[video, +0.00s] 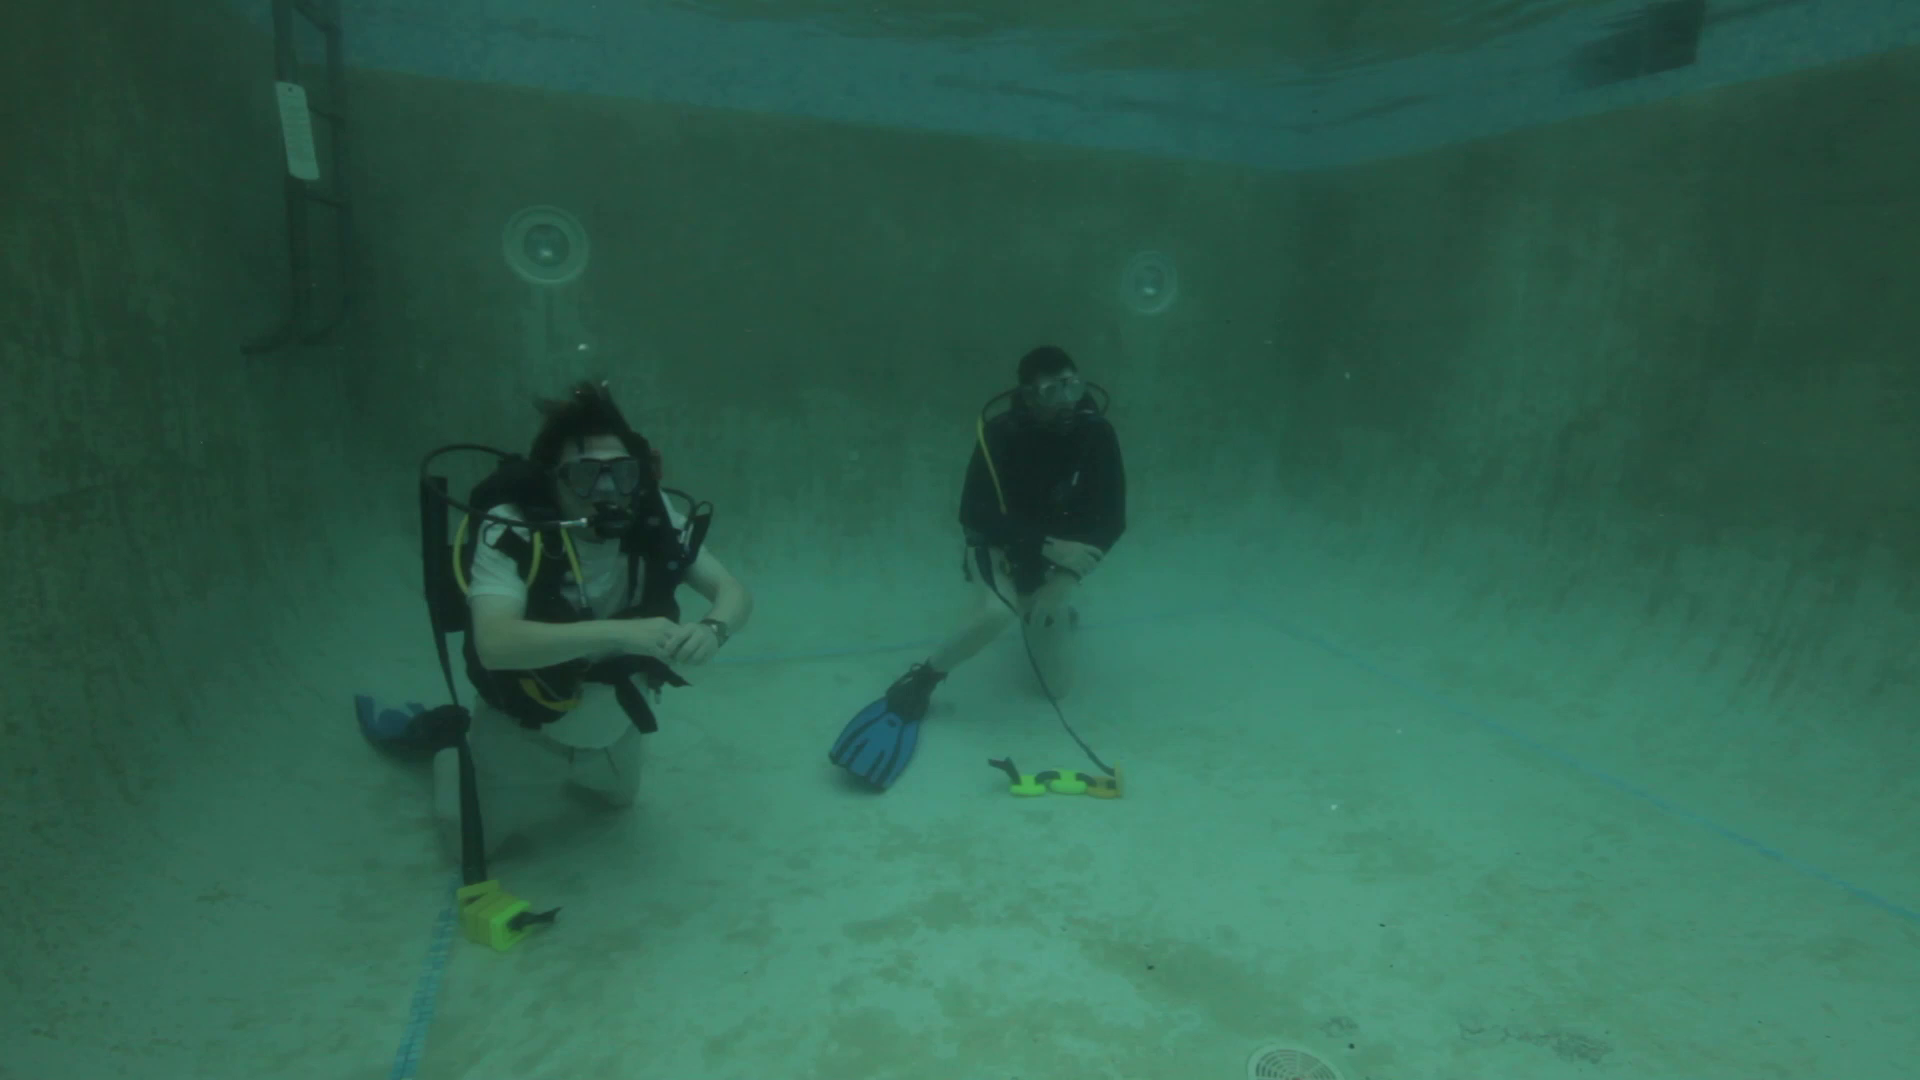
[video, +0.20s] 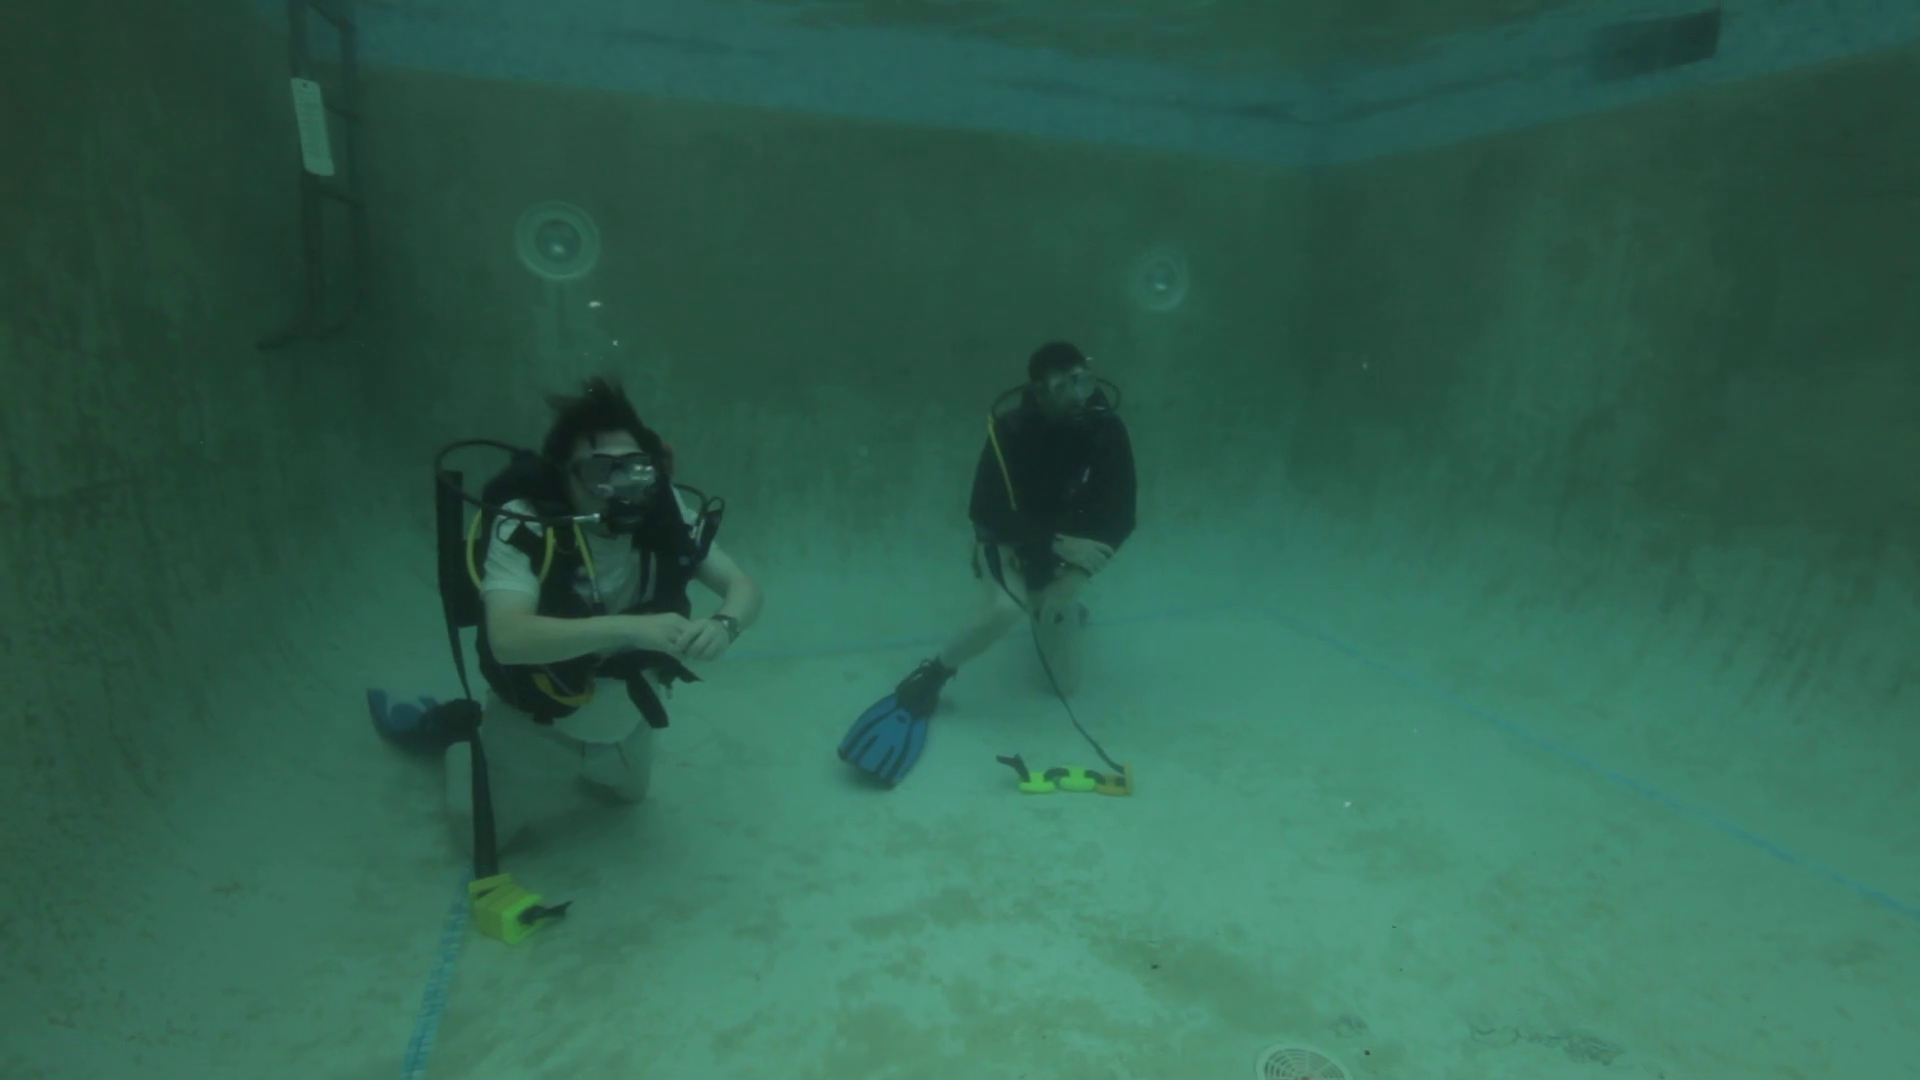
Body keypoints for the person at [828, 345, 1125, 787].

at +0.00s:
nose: (1066, 397)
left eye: (1070, 384)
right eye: (1053, 389)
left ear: (1080, 384)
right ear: (1029, 395)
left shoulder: (1096, 433)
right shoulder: (1002, 434)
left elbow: (1111, 519)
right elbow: (976, 514)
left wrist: (1063, 582)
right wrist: (1048, 544)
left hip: (1059, 552)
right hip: (1000, 544)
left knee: (1057, 683)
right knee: (999, 611)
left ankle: (1051, 608)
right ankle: (921, 681)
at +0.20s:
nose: (1079, 392)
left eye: (1082, 379)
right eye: (1066, 383)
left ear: (1090, 379)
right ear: (1040, 390)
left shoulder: (1106, 428)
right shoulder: (1013, 429)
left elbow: (1120, 515)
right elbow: (986, 511)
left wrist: (1071, 581)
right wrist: (1059, 542)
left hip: (1069, 546)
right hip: (1010, 539)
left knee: (1066, 680)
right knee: (1008, 609)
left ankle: (1058, 607)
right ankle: (931, 677)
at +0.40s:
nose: (1074, 396)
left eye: (1081, 384)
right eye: (1061, 387)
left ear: (1091, 384)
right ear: (1038, 392)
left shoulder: (1107, 431)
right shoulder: (1012, 431)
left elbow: (1121, 518)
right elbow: (986, 512)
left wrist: (1071, 584)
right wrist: (1057, 541)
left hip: (1073, 549)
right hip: (1011, 542)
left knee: (1067, 682)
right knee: (1007, 609)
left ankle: (1068, 614)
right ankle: (932, 675)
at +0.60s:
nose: (1075, 397)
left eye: (1081, 384)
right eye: (1062, 387)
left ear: (1091, 384)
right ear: (1038, 392)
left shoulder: (1107, 431)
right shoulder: (1012, 431)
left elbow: (1121, 519)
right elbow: (986, 512)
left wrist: (1071, 585)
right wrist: (1056, 543)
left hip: (1072, 550)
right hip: (1010, 542)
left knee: (1066, 682)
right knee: (1007, 610)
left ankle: (1068, 614)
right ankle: (932, 677)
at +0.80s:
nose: (1073, 397)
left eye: (1080, 384)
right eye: (1060, 387)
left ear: (1091, 385)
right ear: (1037, 391)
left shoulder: (1107, 431)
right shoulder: (1013, 430)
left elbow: (1122, 517)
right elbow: (986, 512)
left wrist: (1072, 580)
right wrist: (1058, 543)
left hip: (1073, 552)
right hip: (1012, 544)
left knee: (1067, 683)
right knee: (1007, 610)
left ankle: (1069, 614)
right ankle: (933, 676)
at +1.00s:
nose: (1077, 396)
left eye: (1082, 383)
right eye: (1063, 387)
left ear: (1092, 383)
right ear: (1039, 392)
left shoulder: (1107, 431)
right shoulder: (1012, 431)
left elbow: (1122, 516)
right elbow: (986, 511)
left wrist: (1075, 578)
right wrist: (1056, 543)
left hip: (1072, 550)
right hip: (1010, 543)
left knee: (1067, 683)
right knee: (1008, 609)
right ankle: (933, 675)